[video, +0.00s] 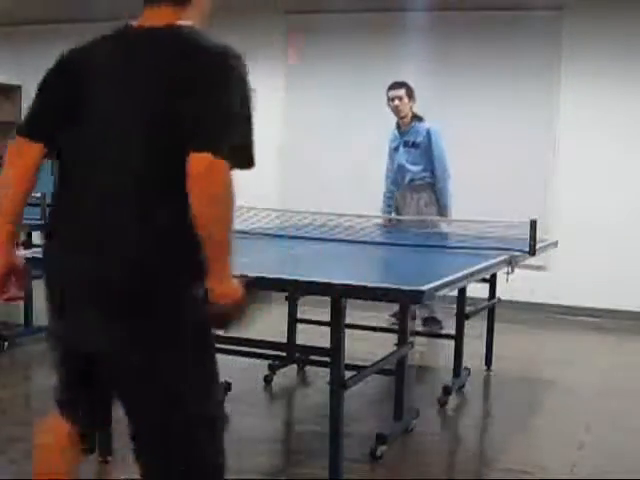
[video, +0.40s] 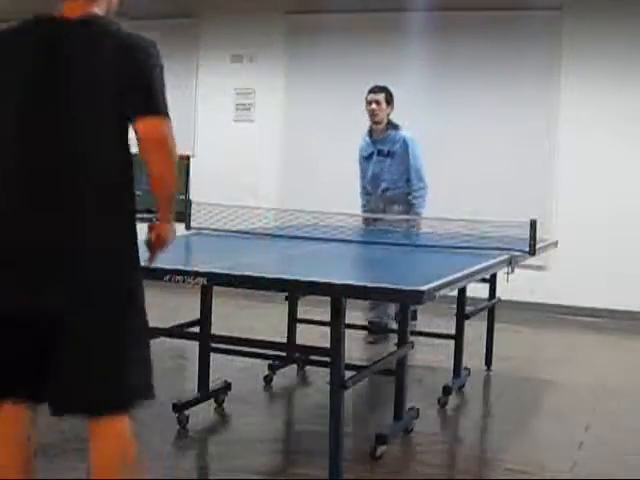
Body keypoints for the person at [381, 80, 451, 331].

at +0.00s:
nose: (396, 104)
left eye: (400, 98)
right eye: (391, 100)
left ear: (411, 101)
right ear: (388, 105)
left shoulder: (428, 132)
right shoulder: (395, 138)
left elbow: (442, 172)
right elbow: (390, 177)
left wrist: (445, 212)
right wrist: (386, 211)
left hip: (424, 193)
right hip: (402, 194)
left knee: (425, 250)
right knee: (403, 249)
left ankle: (430, 310)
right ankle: (406, 305)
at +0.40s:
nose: (373, 108)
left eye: (378, 103)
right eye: (370, 103)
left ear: (389, 108)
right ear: (366, 108)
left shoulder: (404, 142)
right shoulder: (365, 145)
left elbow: (418, 181)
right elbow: (364, 184)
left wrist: (417, 212)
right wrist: (365, 211)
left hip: (400, 204)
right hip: (374, 205)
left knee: (403, 260)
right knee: (375, 261)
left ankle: (406, 319)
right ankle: (378, 320)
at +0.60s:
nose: (355, 110)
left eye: (360, 105)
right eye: (351, 105)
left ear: (372, 108)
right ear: (347, 108)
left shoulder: (388, 144)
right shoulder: (342, 146)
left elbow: (403, 182)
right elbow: (336, 183)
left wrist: (401, 213)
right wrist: (330, 215)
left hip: (383, 203)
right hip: (357, 203)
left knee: (382, 259)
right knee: (359, 260)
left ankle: (379, 320)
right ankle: (373, 320)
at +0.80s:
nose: (324, 109)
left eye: (328, 103)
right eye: (319, 105)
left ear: (341, 101)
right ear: (316, 106)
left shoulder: (365, 136)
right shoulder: (316, 140)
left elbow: (385, 177)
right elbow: (306, 179)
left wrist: (385, 213)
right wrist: (291, 213)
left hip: (358, 200)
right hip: (329, 200)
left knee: (363, 259)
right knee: (317, 256)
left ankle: (375, 324)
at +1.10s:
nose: (266, 103)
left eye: (270, 96)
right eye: (263, 98)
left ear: (286, 94)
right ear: (262, 101)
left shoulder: (313, 131)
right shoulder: (260, 133)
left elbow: (331, 173)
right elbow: (247, 173)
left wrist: (337, 211)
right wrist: (241, 207)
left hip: (297, 200)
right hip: (262, 199)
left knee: (313, 258)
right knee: (246, 255)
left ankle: (339, 317)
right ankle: (247, 323)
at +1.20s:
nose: (252, 98)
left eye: (255, 91)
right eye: (248, 93)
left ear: (271, 89)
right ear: (247, 96)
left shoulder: (297, 126)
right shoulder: (243, 128)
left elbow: (313, 165)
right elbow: (232, 170)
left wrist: (316, 204)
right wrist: (228, 211)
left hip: (283, 194)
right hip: (251, 194)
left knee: (287, 256)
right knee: (238, 255)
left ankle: (310, 318)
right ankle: (246, 321)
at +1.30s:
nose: (239, 94)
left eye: (243, 87)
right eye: (235, 89)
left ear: (259, 86)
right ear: (232, 92)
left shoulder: (283, 124)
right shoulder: (230, 127)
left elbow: (297, 162)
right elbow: (218, 171)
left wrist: (297, 201)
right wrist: (214, 214)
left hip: (271, 193)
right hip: (241, 192)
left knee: (269, 256)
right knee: (236, 256)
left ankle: (274, 309)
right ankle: (244, 320)